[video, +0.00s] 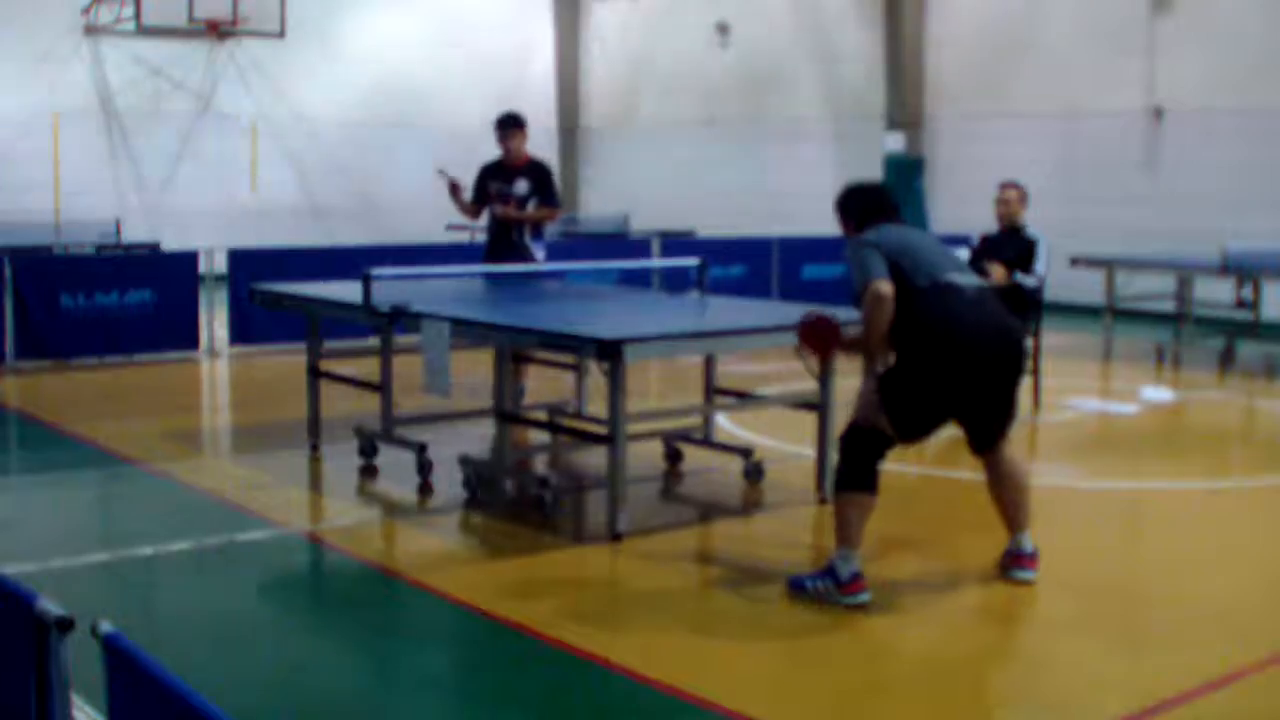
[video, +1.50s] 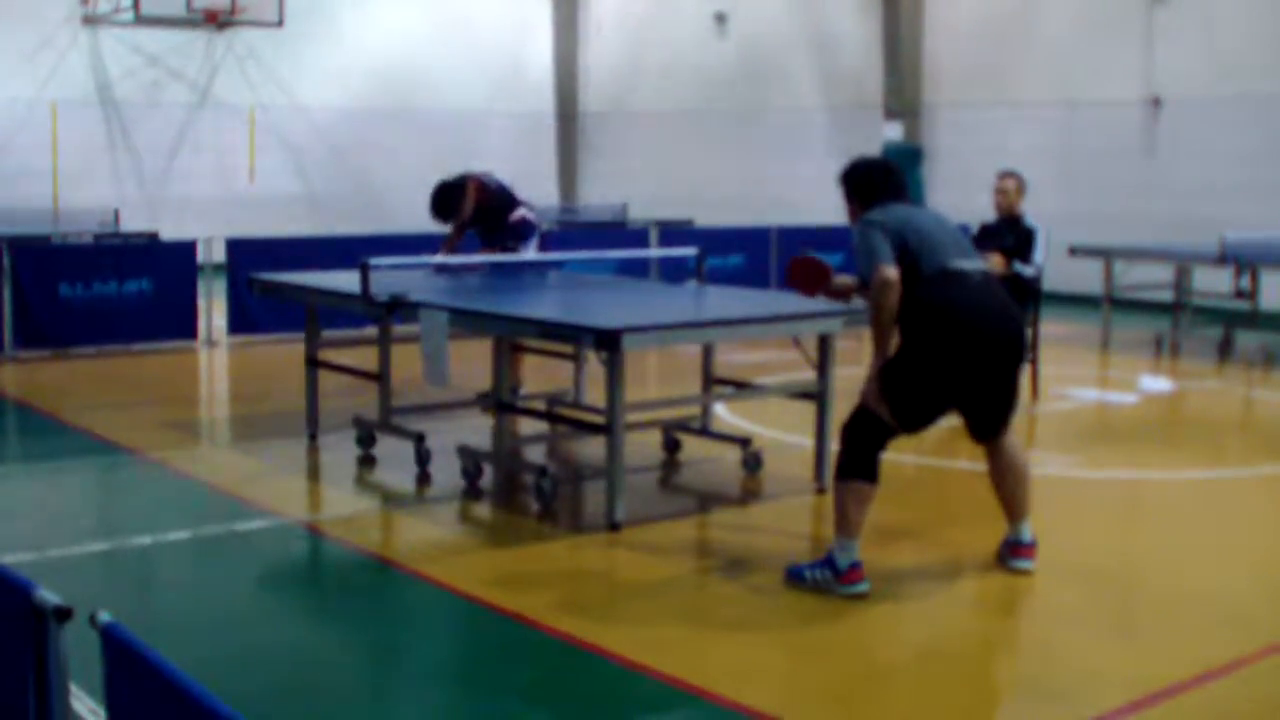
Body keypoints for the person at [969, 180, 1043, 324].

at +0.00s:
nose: (1003, 209)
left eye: (1008, 203)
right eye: (1000, 203)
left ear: (1022, 206)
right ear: (996, 205)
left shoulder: (1034, 243)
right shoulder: (987, 241)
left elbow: (1036, 281)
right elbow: (973, 266)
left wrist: (1010, 276)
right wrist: (990, 273)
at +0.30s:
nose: (1001, 209)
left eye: (1007, 203)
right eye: (999, 202)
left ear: (1021, 205)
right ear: (995, 204)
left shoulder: (1032, 242)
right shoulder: (986, 240)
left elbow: (1035, 280)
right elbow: (971, 268)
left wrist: (1010, 276)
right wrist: (989, 272)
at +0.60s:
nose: (1000, 204)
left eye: (1006, 198)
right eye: (998, 197)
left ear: (1020, 201)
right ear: (995, 198)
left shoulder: (1032, 235)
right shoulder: (987, 234)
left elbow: (1035, 274)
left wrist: (1009, 270)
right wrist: (988, 266)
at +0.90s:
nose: (999, 204)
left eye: (1005, 198)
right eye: (997, 197)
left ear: (1021, 200)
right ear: (994, 198)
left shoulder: (1032, 236)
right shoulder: (985, 234)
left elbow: (1034, 274)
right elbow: (965, 266)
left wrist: (1009, 270)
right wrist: (988, 267)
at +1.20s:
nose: (999, 200)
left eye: (1005, 194)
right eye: (997, 193)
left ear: (1020, 196)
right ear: (993, 194)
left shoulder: (1031, 232)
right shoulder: (985, 230)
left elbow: (1034, 270)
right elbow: (965, 263)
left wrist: (1008, 266)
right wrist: (987, 264)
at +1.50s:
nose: (999, 199)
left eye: (1005, 193)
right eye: (997, 193)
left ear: (1019, 196)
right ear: (994, 194)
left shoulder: (1032, 232)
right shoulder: (986, 230)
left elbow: (1034, 271)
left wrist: (1008, 266)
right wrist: (987, 263)